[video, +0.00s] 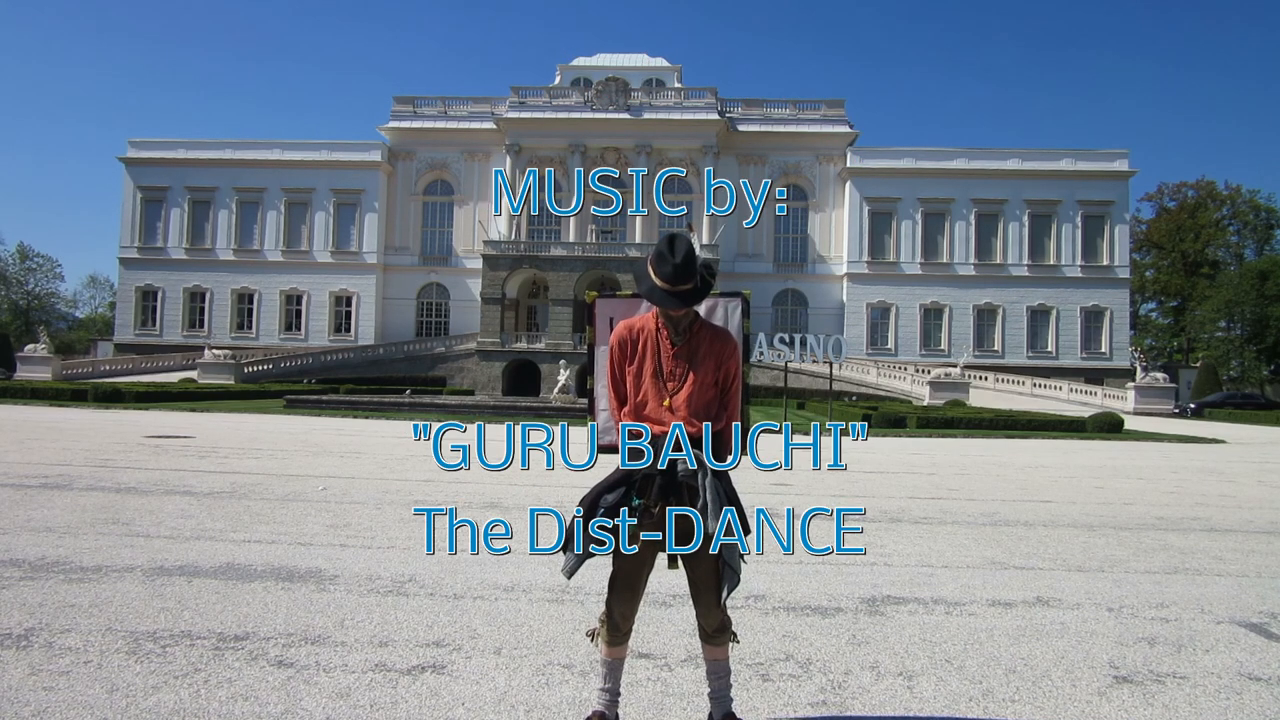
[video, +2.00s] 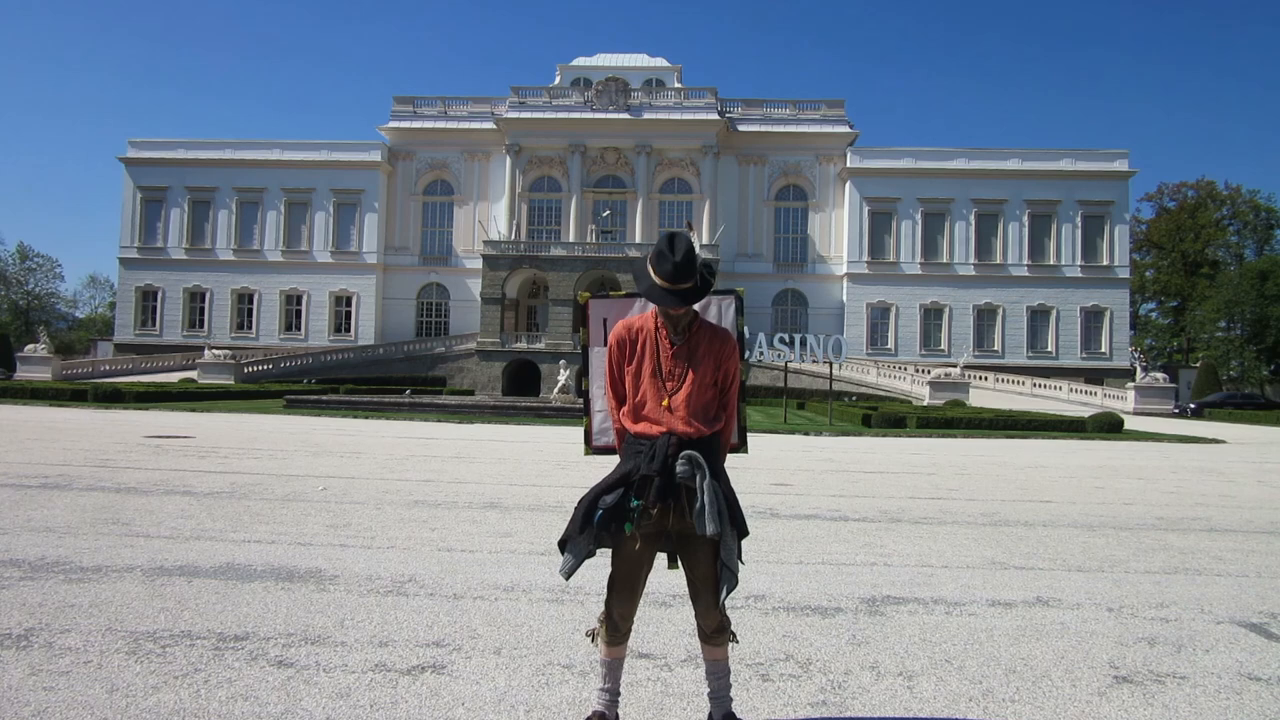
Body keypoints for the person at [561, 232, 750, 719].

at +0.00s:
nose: (677, 309)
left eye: (685, 300)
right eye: (668, 300)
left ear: (699, 292)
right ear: (652, 290)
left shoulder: (723, 344)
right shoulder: (626, 337)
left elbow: (730, 422)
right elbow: (619, 415)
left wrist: (707, 457)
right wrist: (650, 444)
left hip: (700, 488)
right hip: (642, 485)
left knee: (711, 602)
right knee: (622, 599)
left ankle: (722, 704)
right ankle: (608, 699)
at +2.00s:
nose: (677, 307)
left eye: (685, 298)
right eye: (668, 299)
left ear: (698, 293)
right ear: (653, 290)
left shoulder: (722, 343)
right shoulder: (625, 336)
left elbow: (726, 425)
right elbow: (618, 415)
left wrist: (699, 469)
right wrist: (655, 457)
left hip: (699, 488)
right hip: (640, 485)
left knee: (709, 605)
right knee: (620, 603)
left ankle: (721, 705)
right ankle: (607, 701)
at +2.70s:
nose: (676, 314)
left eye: (684, 305)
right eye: (667, 305)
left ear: (697, 298)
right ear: (652, 296)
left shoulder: (718, 342)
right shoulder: (622, 336)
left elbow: (756, 405)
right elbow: (612, 411)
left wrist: (780, 470)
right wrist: (633, 467)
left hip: (698, 481)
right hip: (638, 480)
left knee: (709, 603)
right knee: (620, 599)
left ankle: (720, 706)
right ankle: (606, 701)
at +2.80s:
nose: (678, 314)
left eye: (686, 304)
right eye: (669, 304)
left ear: (698, 297)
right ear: (653, 295)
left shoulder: (717, 338)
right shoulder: (623, 336)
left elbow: (775, 377)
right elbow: (611, 415)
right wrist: (631, 471)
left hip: (699, 481)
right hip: (639, 481)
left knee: (709, 603)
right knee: (620, 601)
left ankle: (721, 706)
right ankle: (606, 702)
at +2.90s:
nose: (679, 317)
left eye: (688, 308)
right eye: (670, 308)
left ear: (701, 299)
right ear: (654, 297)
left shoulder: (717, 335)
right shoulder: (625, 335)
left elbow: (779, 346)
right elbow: (612, 410)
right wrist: (629, 469)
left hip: (699, 478)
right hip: (638, 477)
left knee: (710, 600)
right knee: (621, 599)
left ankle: (721, 706)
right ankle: (606, 702)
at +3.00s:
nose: (678, 317)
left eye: (687, 308)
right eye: (669, 307)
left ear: (701, 296)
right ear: (653, 297)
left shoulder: (718, 329)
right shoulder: (627, 334)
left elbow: (776, 308)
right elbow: (610, 408)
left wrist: (752, 257)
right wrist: (628, 468)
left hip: (698, 475)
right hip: (639, 474)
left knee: (711, 598)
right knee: (623, 594)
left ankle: (721, 707)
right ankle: (606, 700)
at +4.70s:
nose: (687, 298)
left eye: (695, 288)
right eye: (677, 289)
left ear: (707, 290)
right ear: (660, 292)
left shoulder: (718, 336)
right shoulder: (634, 341)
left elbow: (788, 367)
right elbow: (587, 408)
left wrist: (777, 333)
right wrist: (556, 472)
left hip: (711, 476)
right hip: (651, 477)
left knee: (757, 590)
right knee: (632, 603)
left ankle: (767, 693)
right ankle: (608, 702)